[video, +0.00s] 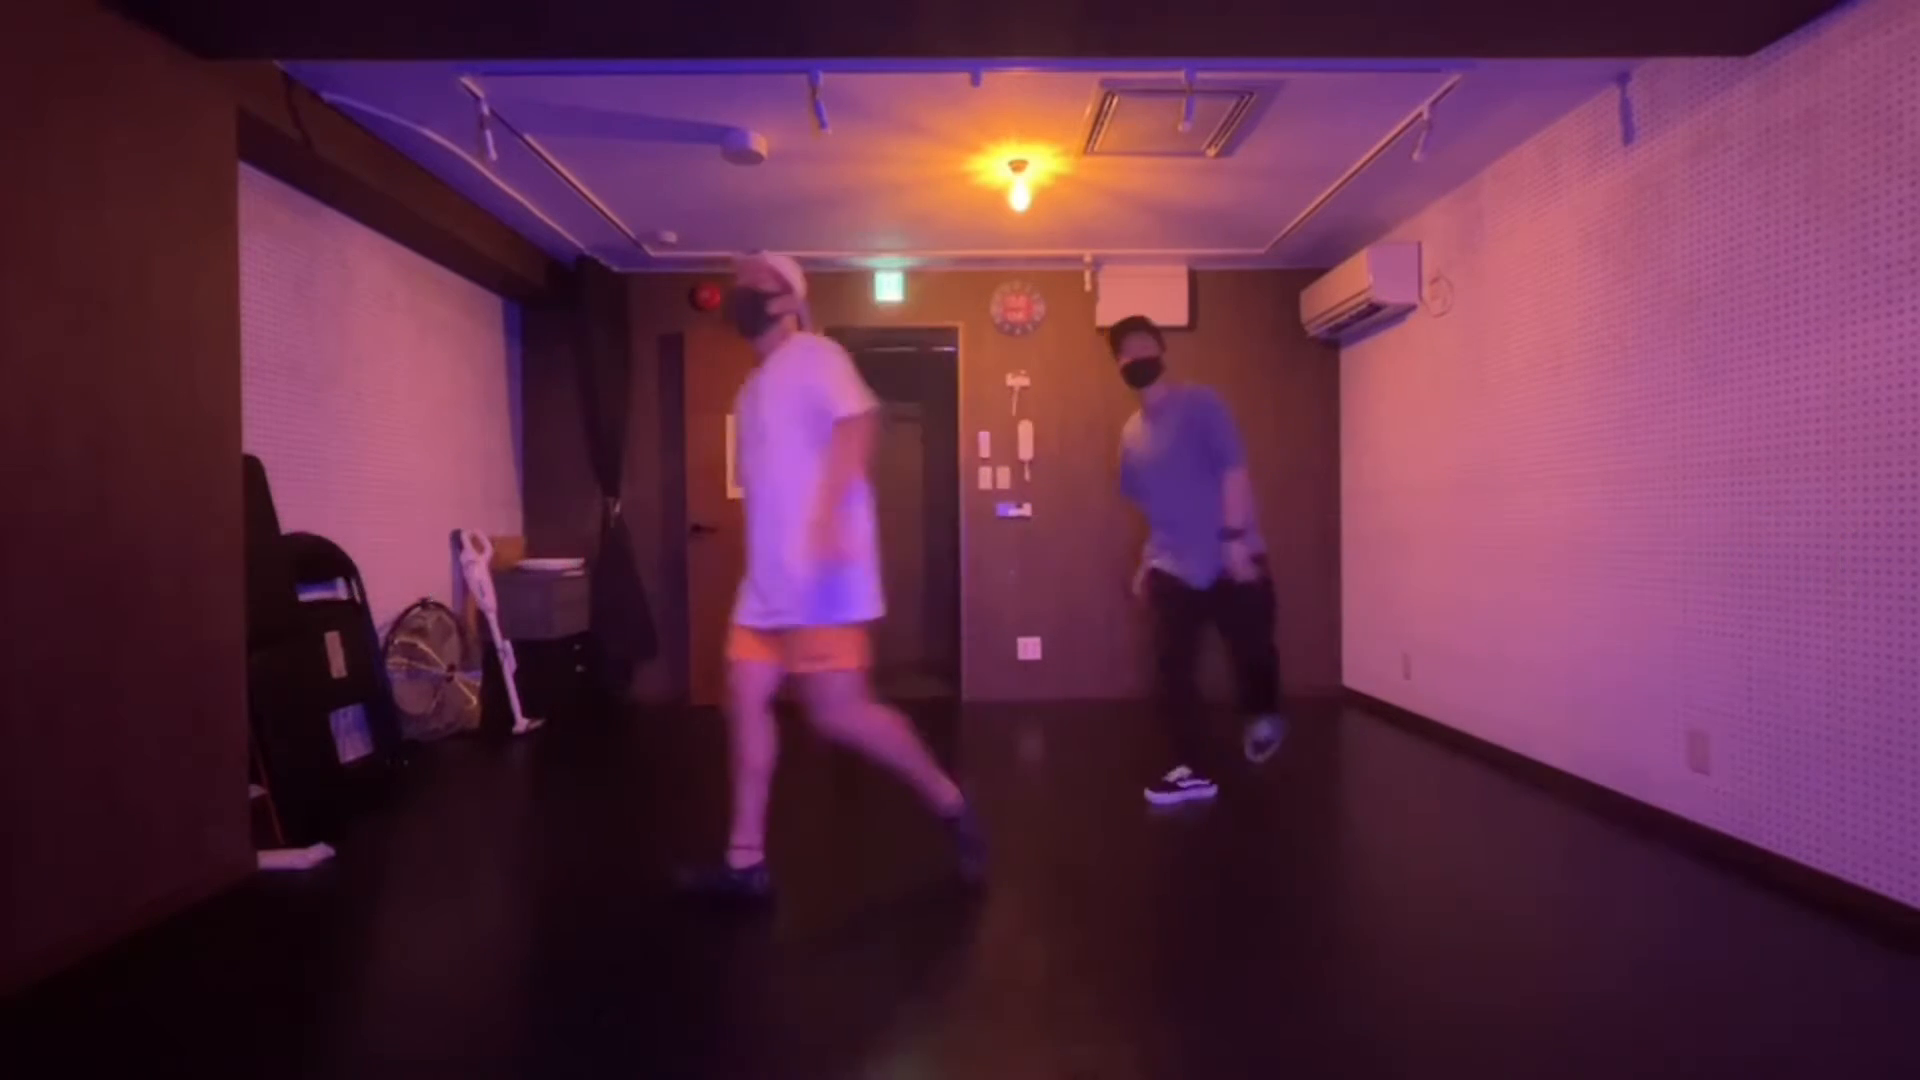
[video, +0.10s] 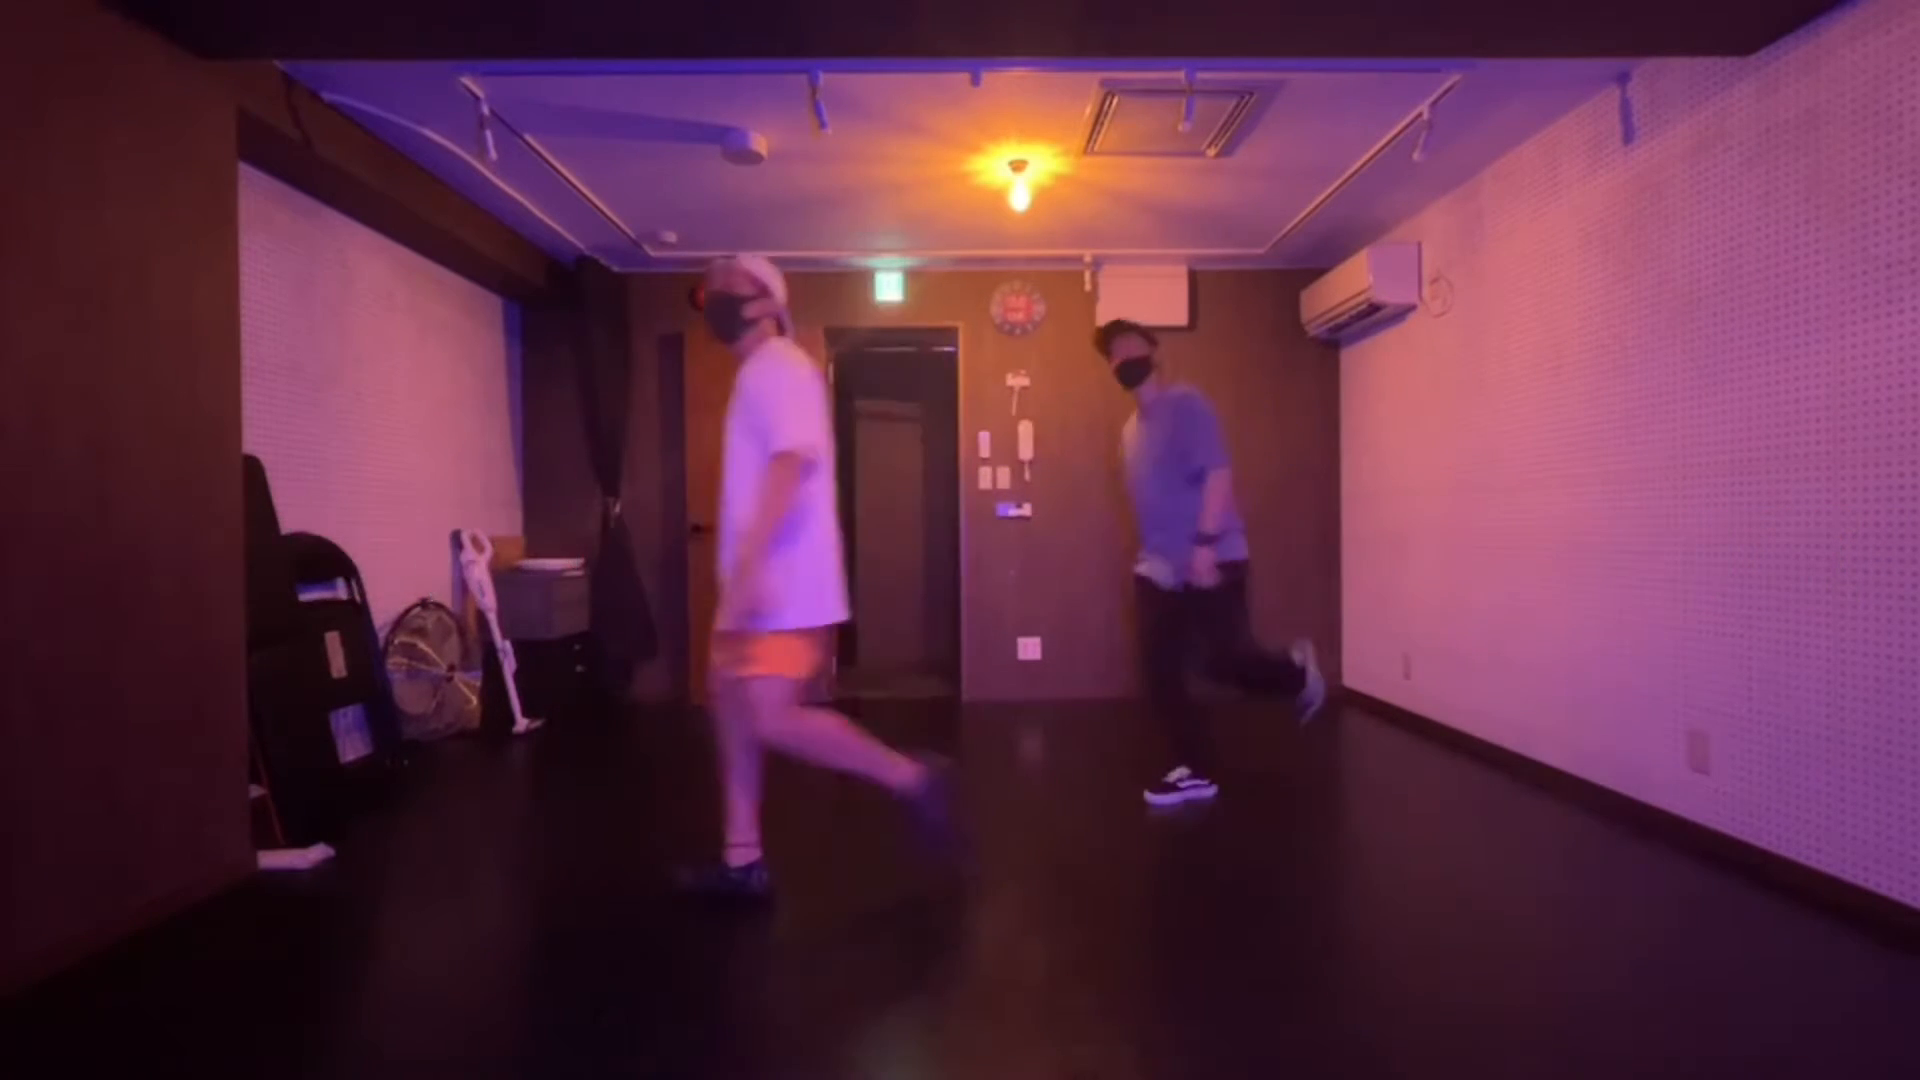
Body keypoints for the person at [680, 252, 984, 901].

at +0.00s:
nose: (740, 308)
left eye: (752, 295)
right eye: (738, 297)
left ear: (785, 300)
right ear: (748, 307)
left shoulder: (814, 355)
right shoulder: (755, 388)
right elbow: (761, 490)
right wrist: (766, 565)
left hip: (829, 573)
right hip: (772, 576)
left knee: (839, 709)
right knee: (747, 695)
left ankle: (953, 805)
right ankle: (746, 858)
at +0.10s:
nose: (712, 316)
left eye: (723, 302)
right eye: (710, 304)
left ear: (761, 303)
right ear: (755, 309)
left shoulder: (780, 367)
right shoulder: (761, 371)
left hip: (789, 580)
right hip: (752, 581)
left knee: (771, 712)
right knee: (733, 703)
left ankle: (912, 777)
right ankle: (742, 857)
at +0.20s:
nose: (698, 312)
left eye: (710, 302)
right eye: (698, 302)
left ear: (741, 309)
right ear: (747, 313)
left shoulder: (716, 370)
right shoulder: (774, 375)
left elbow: (703, 482)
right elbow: (780, 491)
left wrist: (674, 562)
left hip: (725, 573)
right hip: (777, 576)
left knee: (673, 705)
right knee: (729, 706)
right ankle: (739, 855)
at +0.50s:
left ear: (664, 322)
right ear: (725, 319)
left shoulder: (638, 385)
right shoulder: (768, 387)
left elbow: (573, 458)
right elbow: (808, 476)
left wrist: (577, 524)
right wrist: (773, 545)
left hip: (657, 572)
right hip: (743, 572)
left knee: (647, 697)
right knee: (727, 710)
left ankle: (633, 813)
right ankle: (705, 856)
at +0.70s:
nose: (720, 333)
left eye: (715, 325)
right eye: (716, 326)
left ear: (654, 334)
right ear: (708, 331)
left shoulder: (621, 397)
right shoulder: (747, 393)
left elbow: (590, 493)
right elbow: (778, 486)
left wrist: (579, 561)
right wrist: (788, 557)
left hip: (644, 573)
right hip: (723, 572)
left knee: (647, 683)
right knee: (713, 698)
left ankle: (642, 802)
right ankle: (685, 807)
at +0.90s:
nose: (729, 337)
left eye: (726, 327)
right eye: (724, 327)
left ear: (671, 333)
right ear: (709, 329)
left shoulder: (635, 393)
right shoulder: (732, 385)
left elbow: (613, 485)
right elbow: (753, 471)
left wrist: (627, 555)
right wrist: (771, 543)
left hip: (647, 556)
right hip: (715, 551)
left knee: (651, 673)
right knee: (744, 661)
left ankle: (642, 797)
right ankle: (675, 769)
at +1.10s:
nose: (753, 342)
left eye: (752, 332)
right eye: (748, 332)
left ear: (700, 335)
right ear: (727, 333)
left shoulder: (664, 393)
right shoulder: (739, 390)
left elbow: (644, 482)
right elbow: (737, 478)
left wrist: (658, 546)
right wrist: (743, 551)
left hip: (663, 561)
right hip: (724, 560)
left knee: (656, 673)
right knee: (755, 659)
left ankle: (643, 797)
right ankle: (748, 772)